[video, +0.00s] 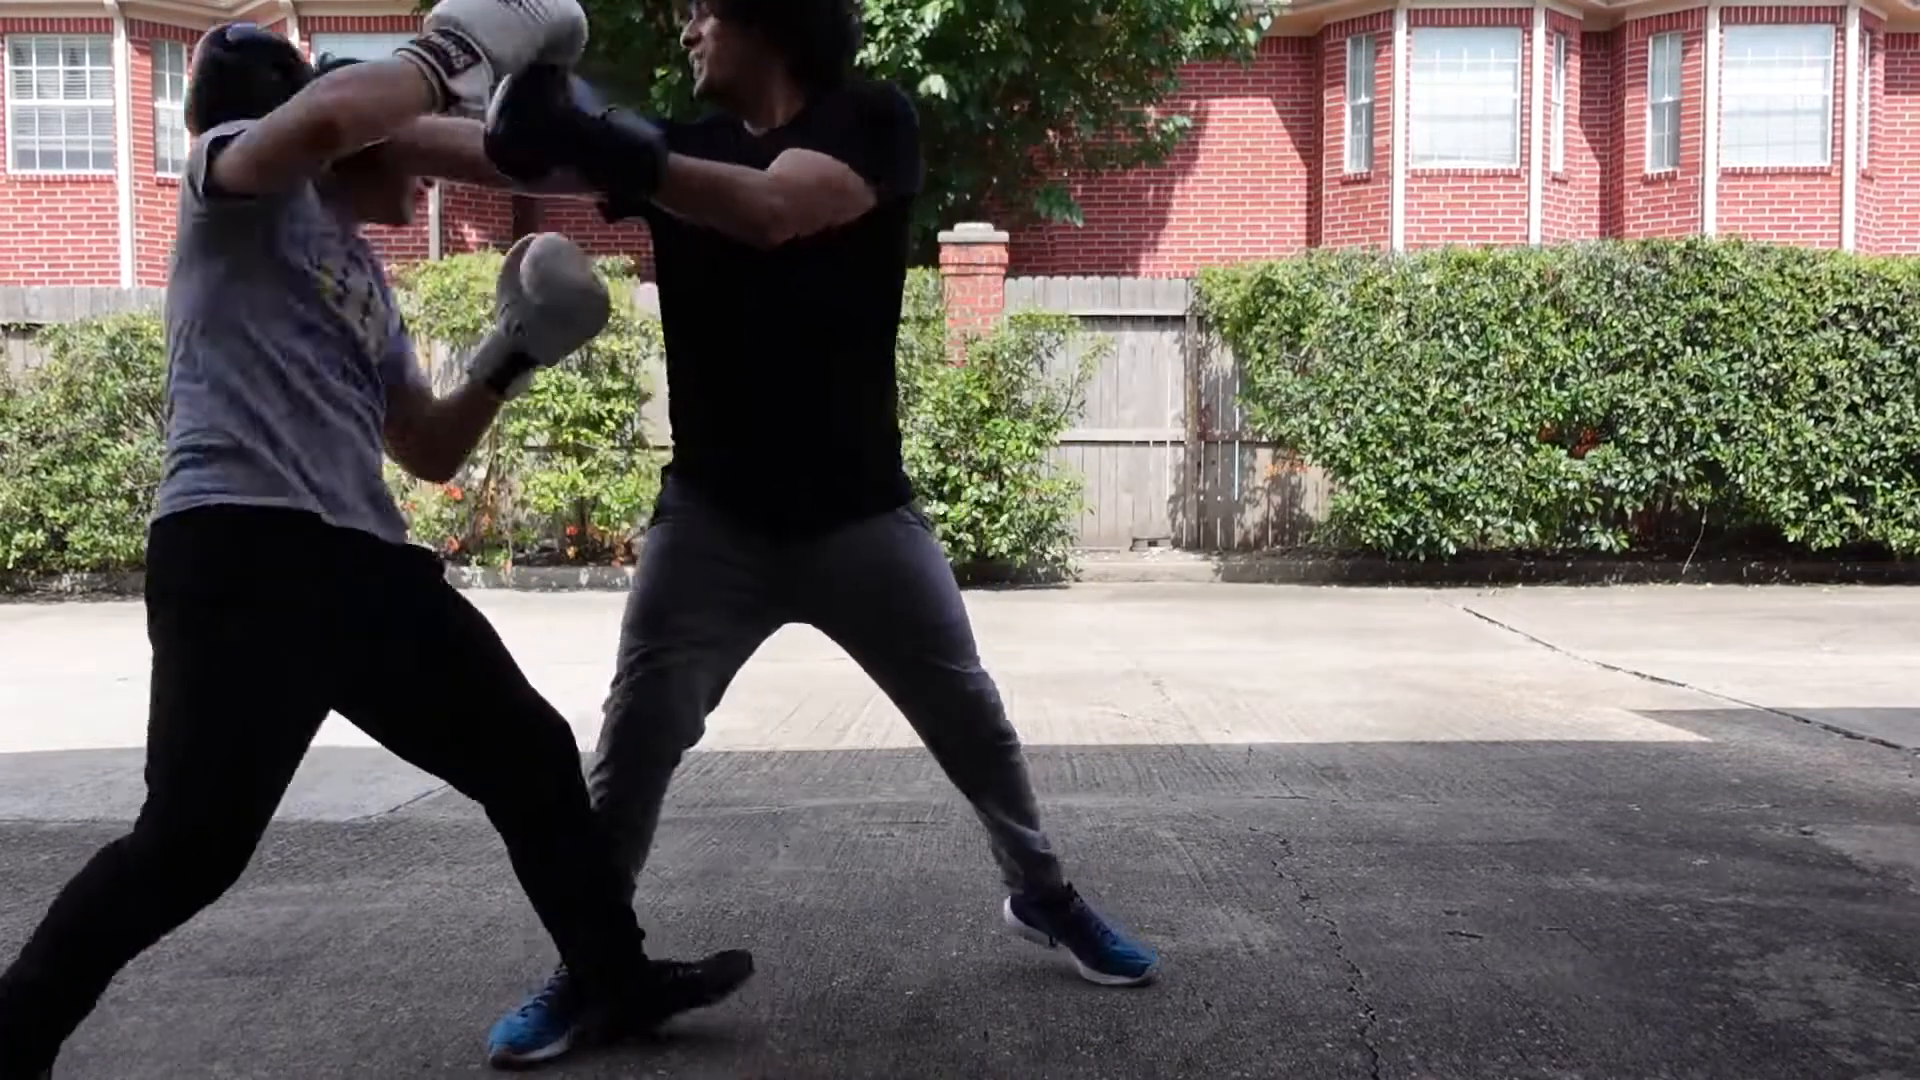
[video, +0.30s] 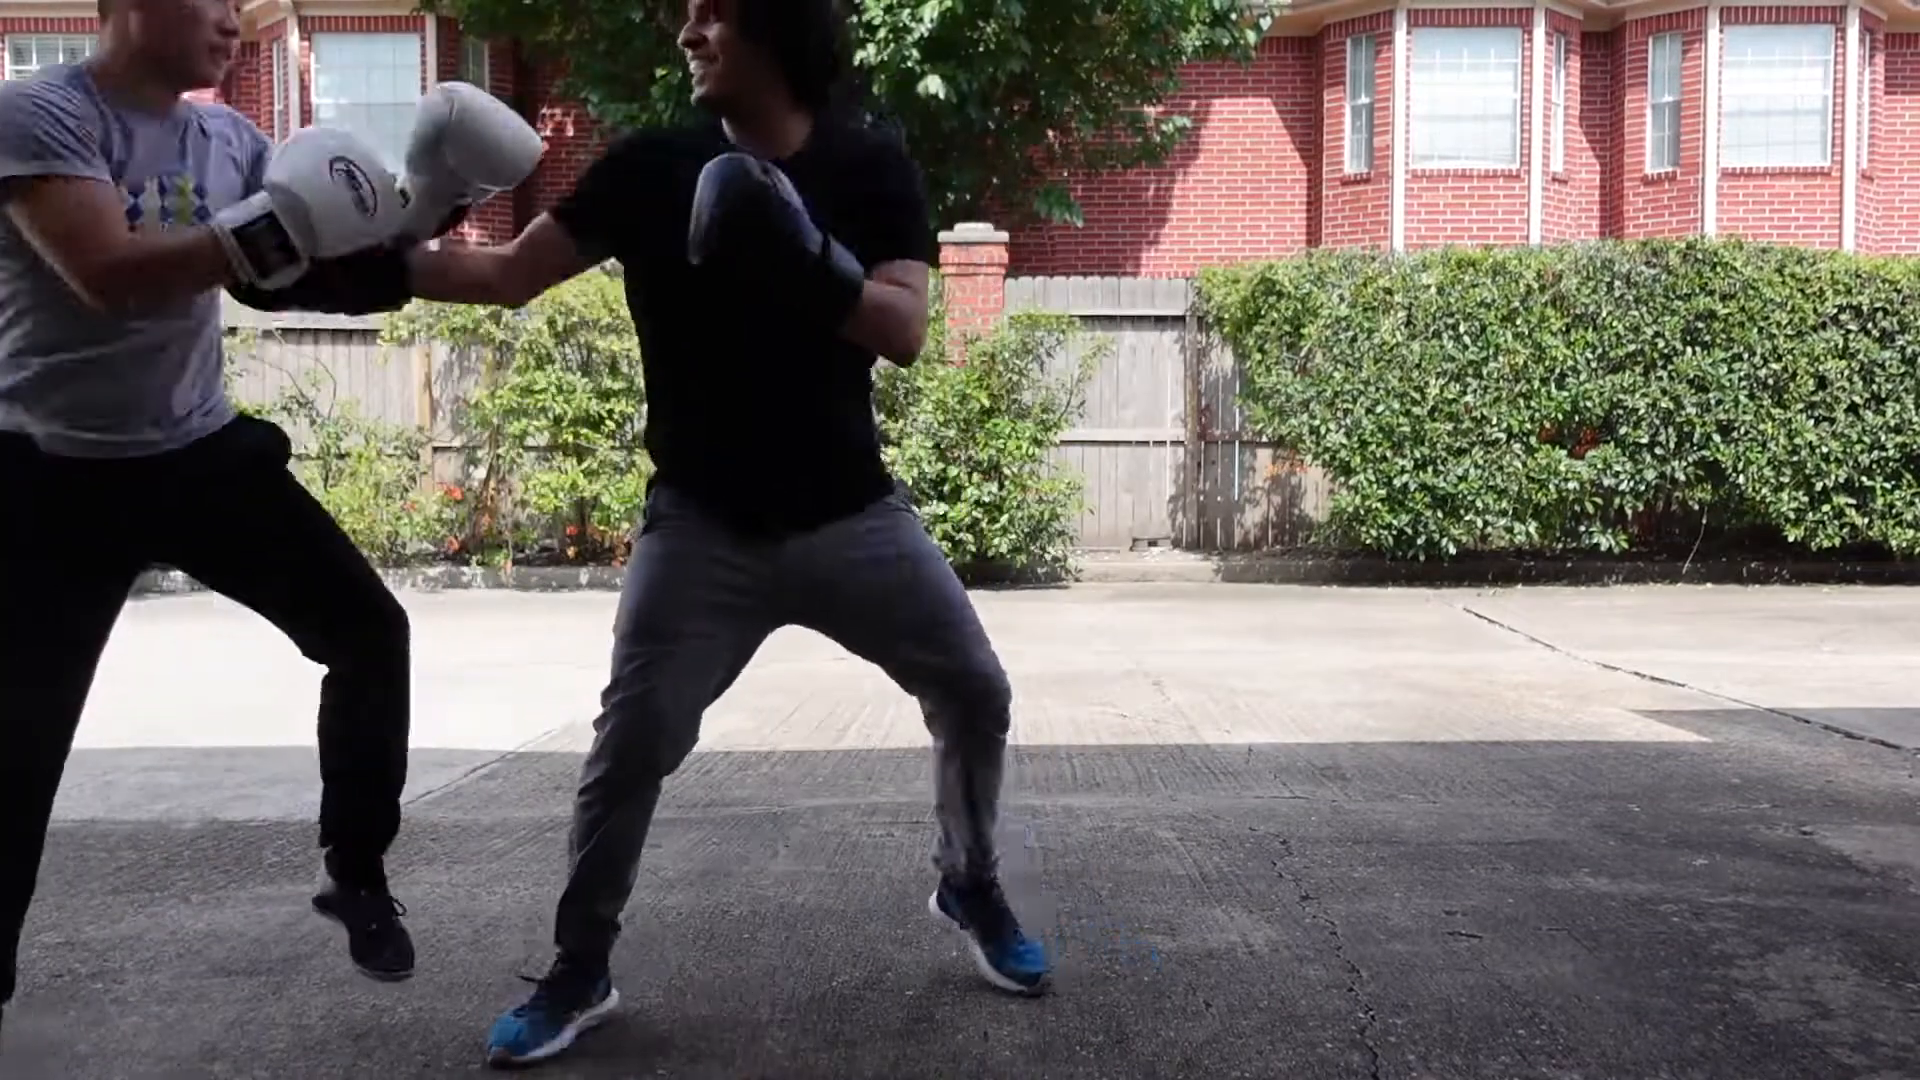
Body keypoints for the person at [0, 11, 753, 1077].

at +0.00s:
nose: (417, 166)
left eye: (421, 147)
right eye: (398, 144)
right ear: (332, 130)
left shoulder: (362, 289)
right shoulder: (235, 185)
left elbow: (431, 449)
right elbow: (331, 116)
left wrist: (508, 352)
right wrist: (453, 58)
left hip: (363, 558)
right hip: (235, 545)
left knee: (529, 758)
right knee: (191, 848)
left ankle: (616, 980)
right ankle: (18, 1034)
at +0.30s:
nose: (237, 24)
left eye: (236, 7)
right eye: (215, 4)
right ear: (134, 10)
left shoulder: (233, 138)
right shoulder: (33, 112)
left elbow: (317, 267)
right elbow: (110, 277)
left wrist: (430, 206)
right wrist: (282, 227)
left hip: (205, 462)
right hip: (51, 478)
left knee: (370, 636)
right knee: (16, 756)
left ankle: (357, 875)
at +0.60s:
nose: (184, 135)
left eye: (203, 113)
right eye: (172, 108)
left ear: (218, 101)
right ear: (104, 68)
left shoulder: (205, 195)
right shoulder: (9, 174)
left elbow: (266, 331)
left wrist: (350, 312)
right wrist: (7, 345)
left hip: (185, 493)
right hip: (35, 502)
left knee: (257, 710)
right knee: (2, 741)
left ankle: (256, 918)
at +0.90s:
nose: (154, 199)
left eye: (168, 181)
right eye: (142, 175)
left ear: (178, 170)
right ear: (82, 133)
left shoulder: (160, 239)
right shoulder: (8, 218)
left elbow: (206, 373)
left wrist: (168, 421)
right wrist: (16, 402)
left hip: (151, 515)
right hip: (25, 528)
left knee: (235, 685)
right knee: (35, 733)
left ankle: (243, 915)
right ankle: (61, 922)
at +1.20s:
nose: (149, 225)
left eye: (166, 211)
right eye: (139, 203)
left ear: (185, 194)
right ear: (89, 155)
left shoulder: (159, 236)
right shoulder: (10, 213)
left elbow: (212, 336)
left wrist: (200, 359)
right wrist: (10, 411)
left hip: (135, 496)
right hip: (22, 508)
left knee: (215, 681)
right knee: (30, 725)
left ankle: (240, 877)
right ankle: (58, 916)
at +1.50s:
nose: (224, 313)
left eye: (236, 301)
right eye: (226, 294)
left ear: (179, 254)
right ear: (179, 252)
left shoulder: (174, 345)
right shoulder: (24, 257)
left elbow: (180, 477)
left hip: (84, 485)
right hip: (4, 507)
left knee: (196, 518)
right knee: (16, 730)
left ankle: (182, 659)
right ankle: (70, 915)